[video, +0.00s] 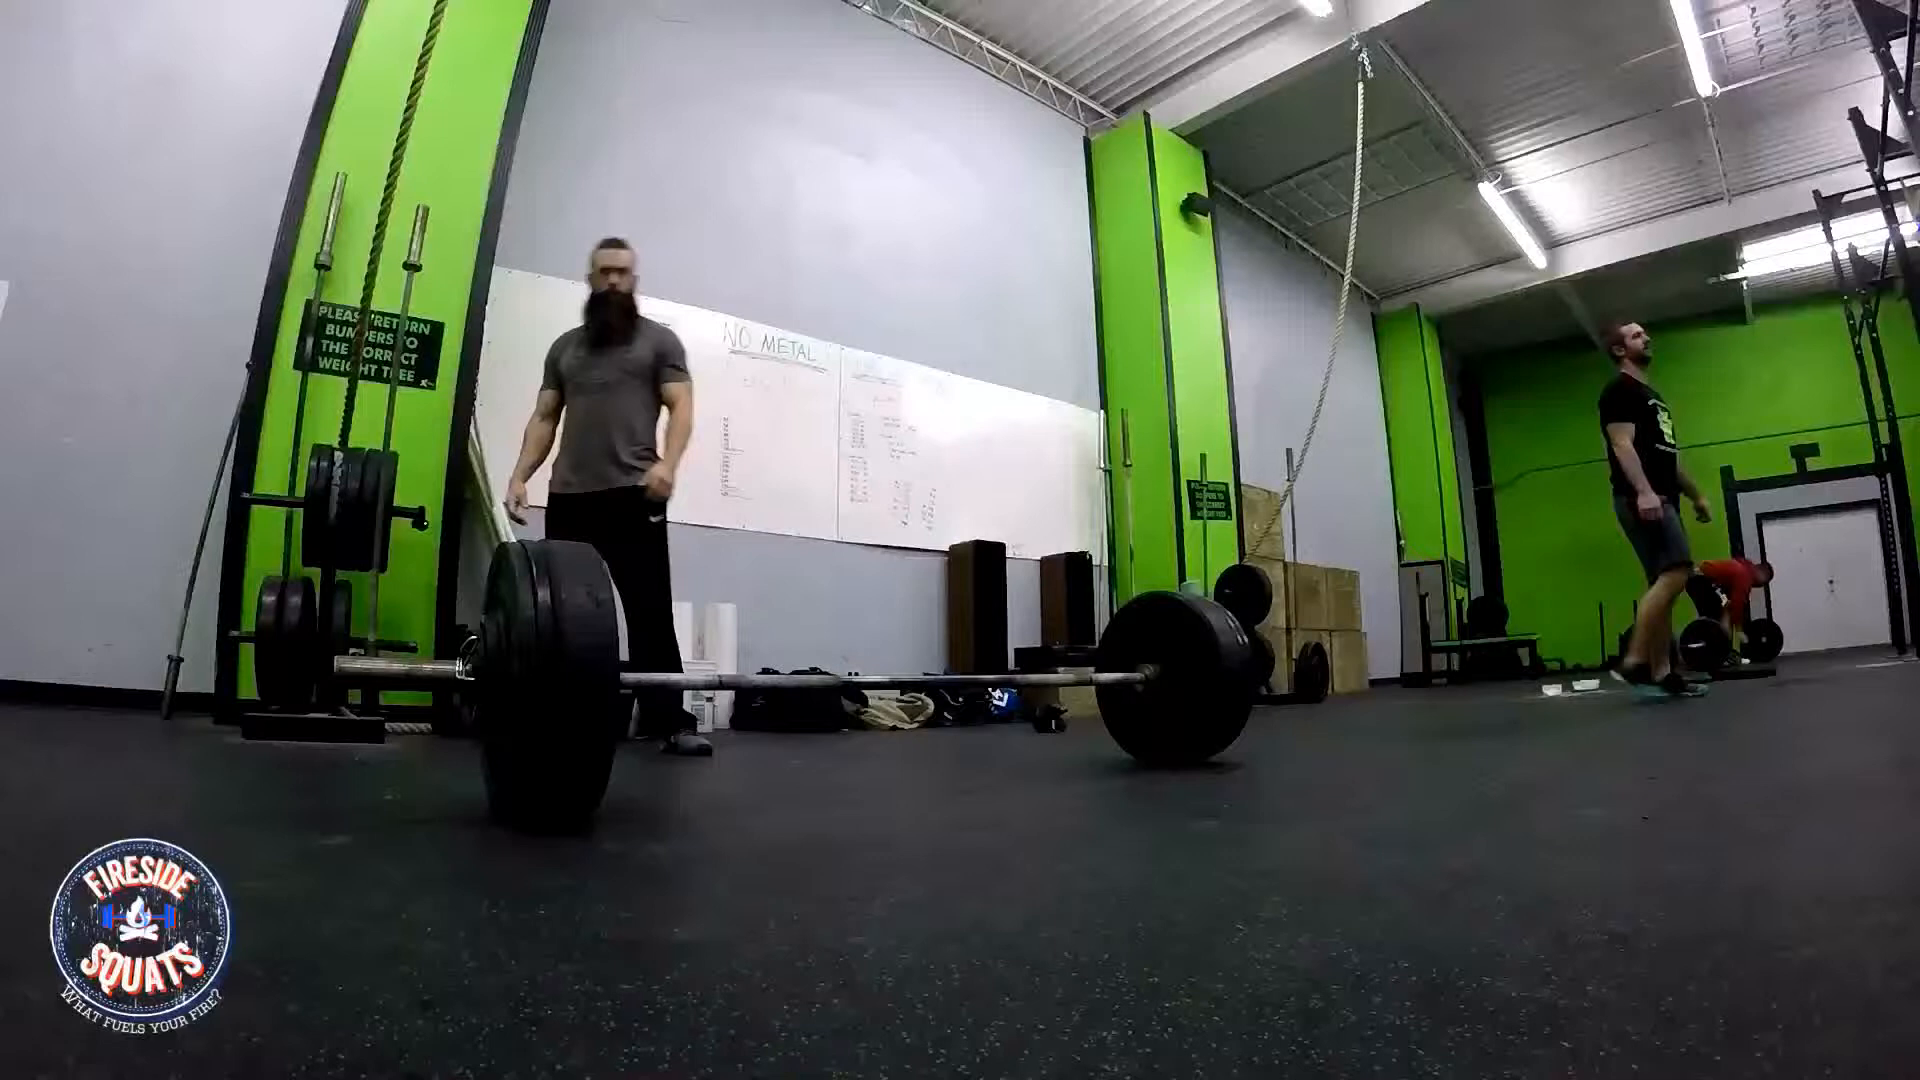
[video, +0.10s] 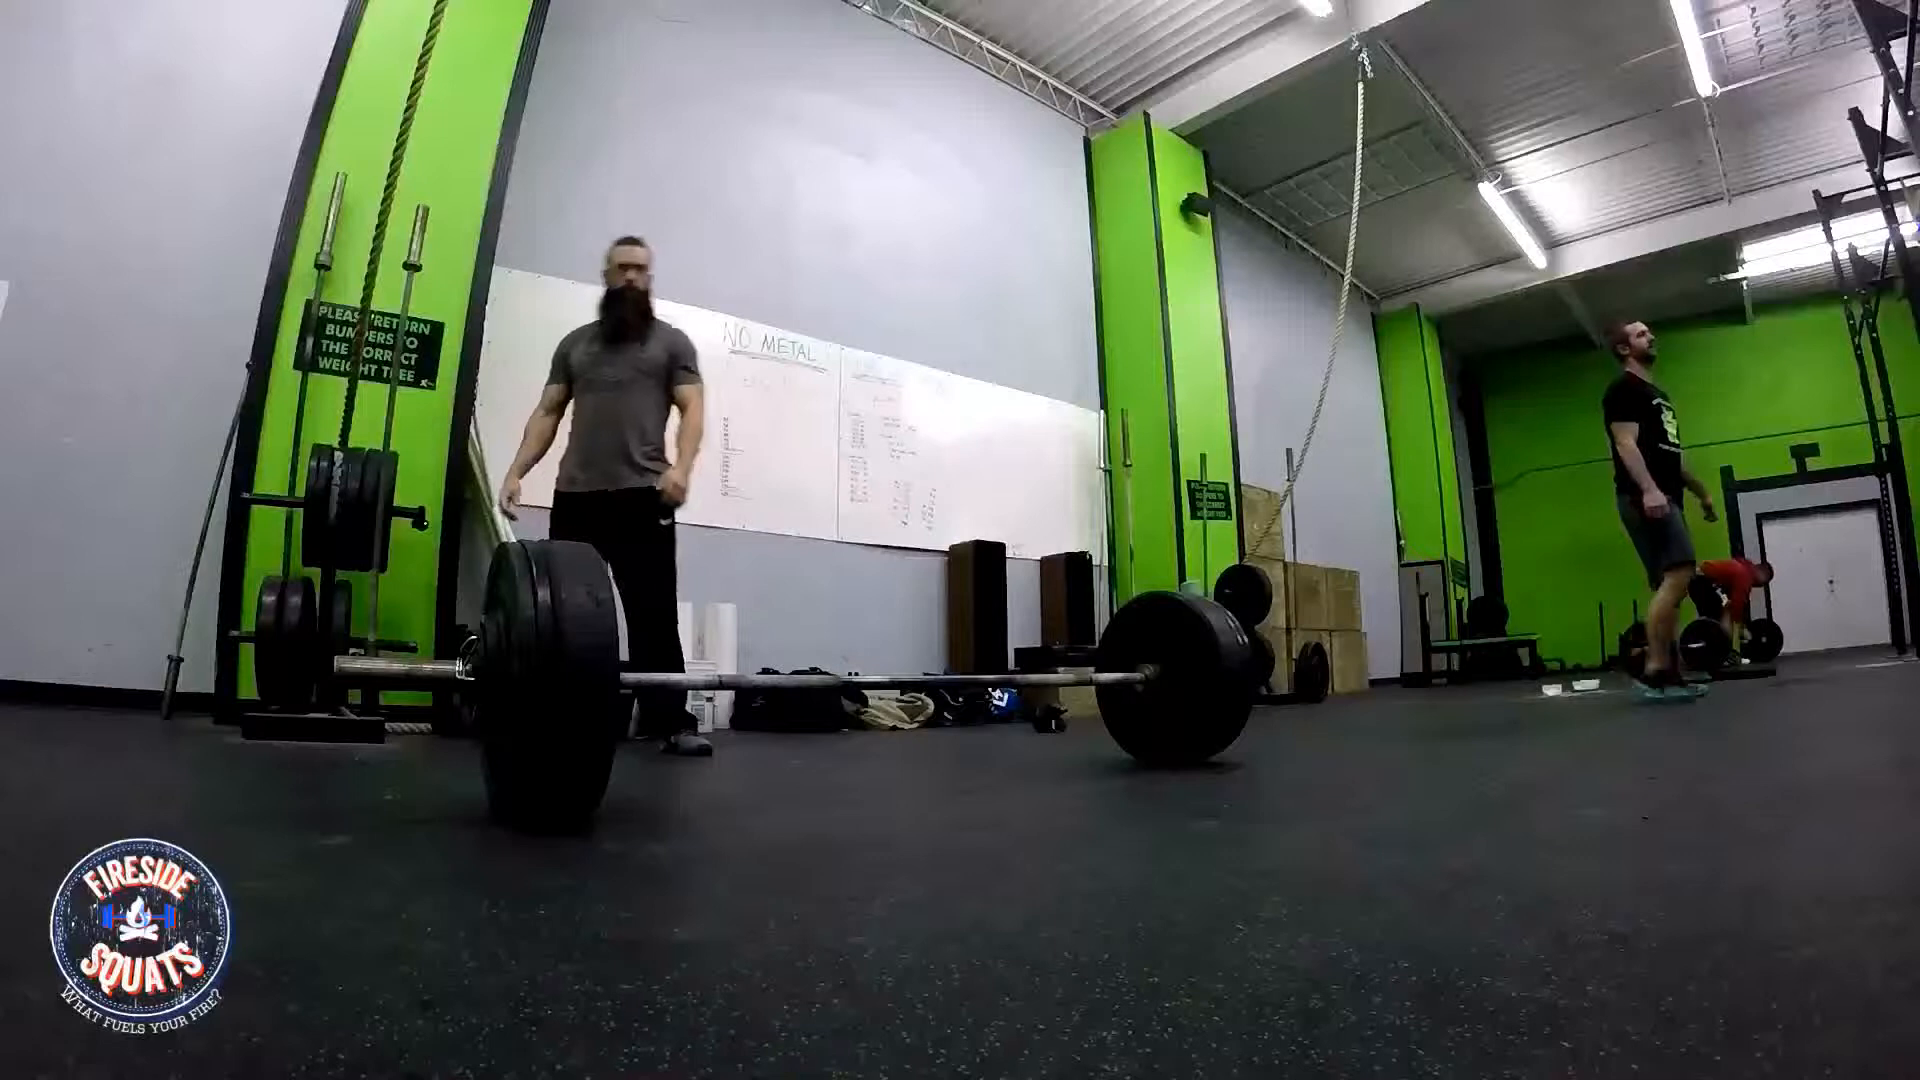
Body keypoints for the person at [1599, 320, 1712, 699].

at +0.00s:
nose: (1646, 338)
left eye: (1644, 333)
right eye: (1636, 335)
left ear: (1641, 345)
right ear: (1619, 350)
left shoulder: (1652, 395)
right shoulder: (1619, 391)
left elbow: (1667, 456)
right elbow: (1622, 445)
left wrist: (1695, 494)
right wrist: (1644, 489)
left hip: (1660, 497)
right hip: (1643, 498)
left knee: (1663, 581)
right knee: (1675, 572)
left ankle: (1663, 671)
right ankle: (1635, 660)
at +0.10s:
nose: (1650, 337)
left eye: (1648, 332)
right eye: (1641, 334)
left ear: (1644, 344)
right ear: (1624, 349)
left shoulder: (1656, 392)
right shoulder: (1623, 389)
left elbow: (1668, 455)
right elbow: (1625, 444)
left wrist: (1699, 489)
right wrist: (1649, 487)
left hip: (1663, 497)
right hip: (1646, 498)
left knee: (1667, 584)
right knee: (1678, 574)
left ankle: (1669, 673)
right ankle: (1655, 670)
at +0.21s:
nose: (1657, 335)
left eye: (1655, 330)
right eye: (1647, 332)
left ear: (1651, 342)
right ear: (1631, 347)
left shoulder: (1665, 393)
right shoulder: (1630, 389)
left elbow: (1677, 454)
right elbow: (1632, 443)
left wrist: (1710, 487)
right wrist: (1656, 486)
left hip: (1669, 497)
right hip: (1652, 498)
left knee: (1663, 587)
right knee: (1683, 576)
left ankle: (1660, 675)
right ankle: (1689, 672)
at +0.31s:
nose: (1663, 329)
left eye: (1661, 325)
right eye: (1654, 328)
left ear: (1657, 342)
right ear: (1640, 345)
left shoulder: (1676, 389)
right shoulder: (1640, 387)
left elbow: (1691, 450)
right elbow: (1642, 443)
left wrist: (1722, 488)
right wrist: (1665, 489)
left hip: (1681, 497)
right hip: (1663, 498)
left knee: (1671, 588)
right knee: (1696, 578)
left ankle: (1660, 675)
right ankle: (1715, 671)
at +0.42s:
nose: (1667, 323)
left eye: (1664, 320)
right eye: (1658, 323)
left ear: (1663, 338)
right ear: (1646, 341)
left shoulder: (1685, 385)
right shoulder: (1648, 385)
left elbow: (1701, 445)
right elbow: (1652, 442)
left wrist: (1727, 485)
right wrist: (1672, 492)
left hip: (1692, 493)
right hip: (1676, 496)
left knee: (1678, 584)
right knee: (1707, 576)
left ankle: (1662, 673)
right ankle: (1718, 673)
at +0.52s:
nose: (1672, 317)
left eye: (1669, 314)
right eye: (1663, 317)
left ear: (1669, 332)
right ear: (1651, 335)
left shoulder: (1690, 378)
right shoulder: (1656, 379)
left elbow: (1708, 437)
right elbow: (1660, 437)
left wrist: (1732, 478)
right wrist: (1679, 488)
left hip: (1702, 488)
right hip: (1687, 490)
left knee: (1690, 580)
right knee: (1711, 577)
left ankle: (1667, 666)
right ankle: (1718, 674)